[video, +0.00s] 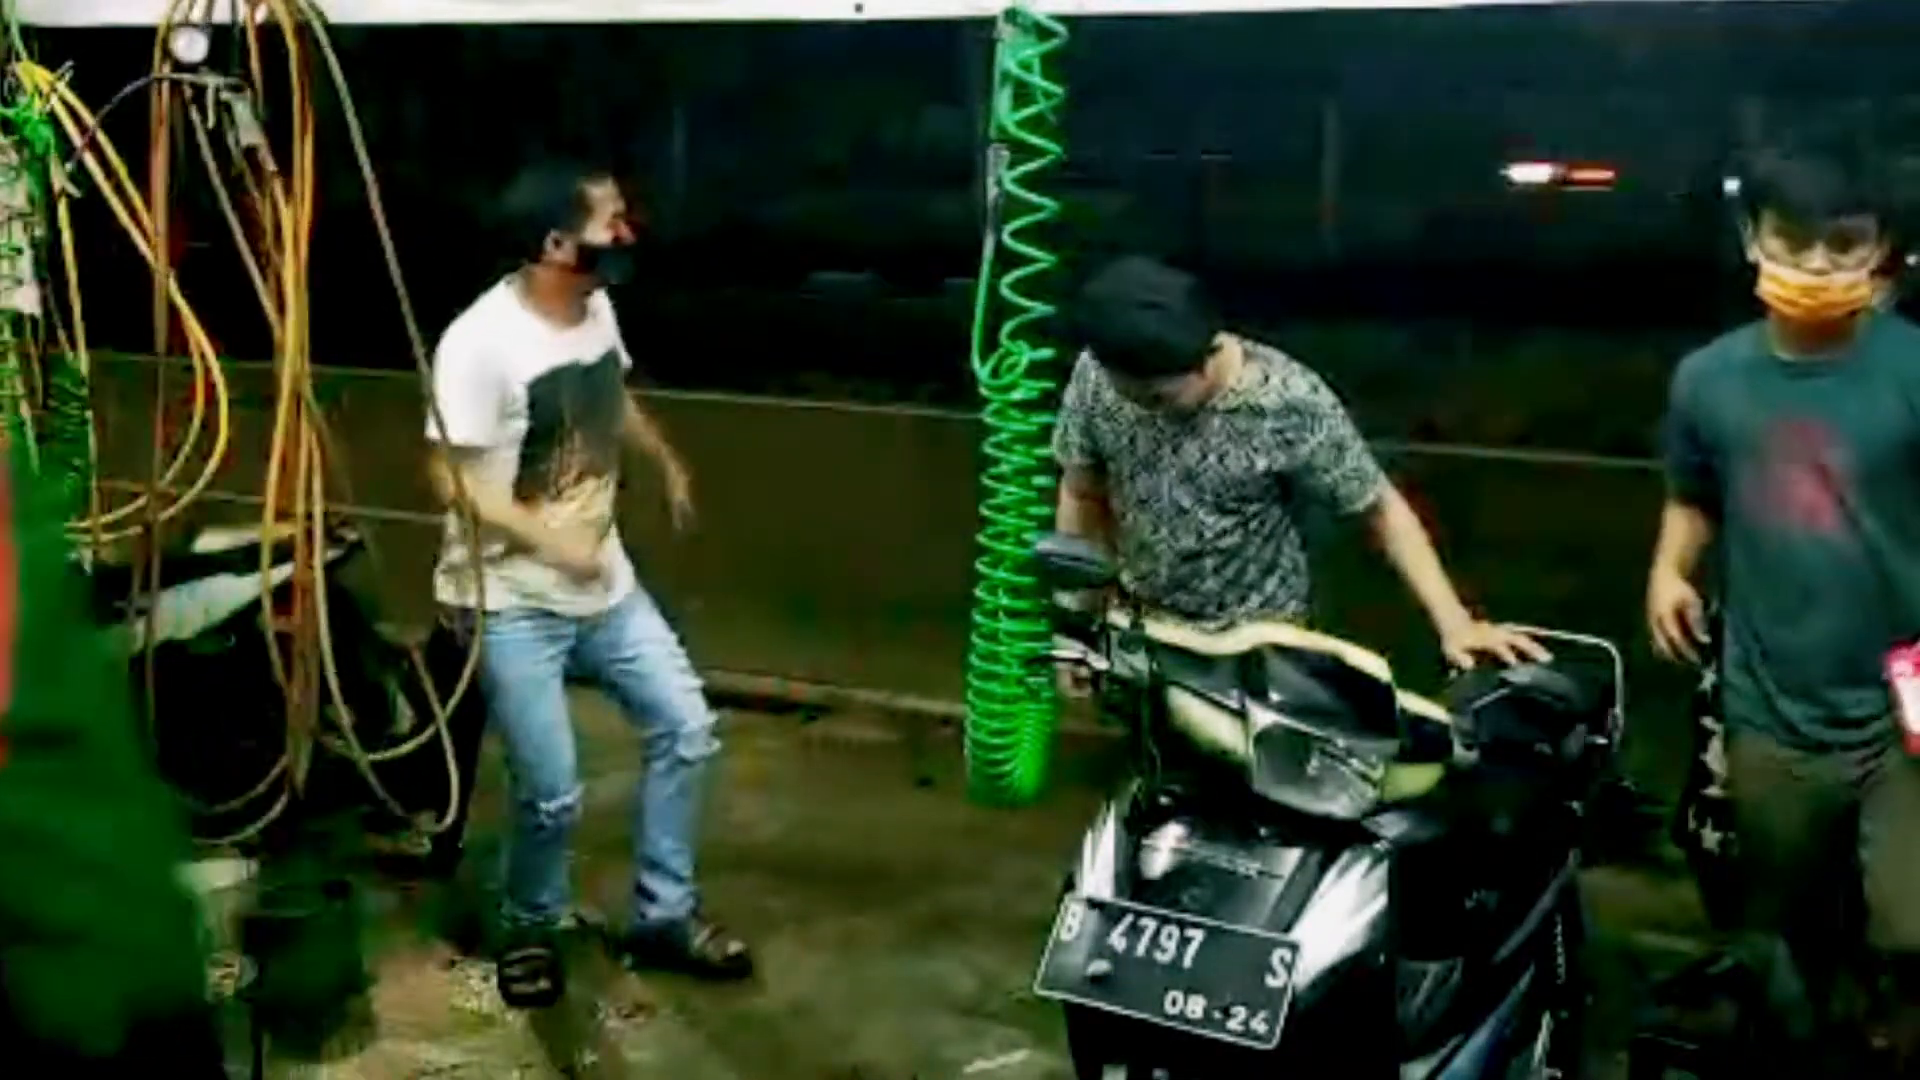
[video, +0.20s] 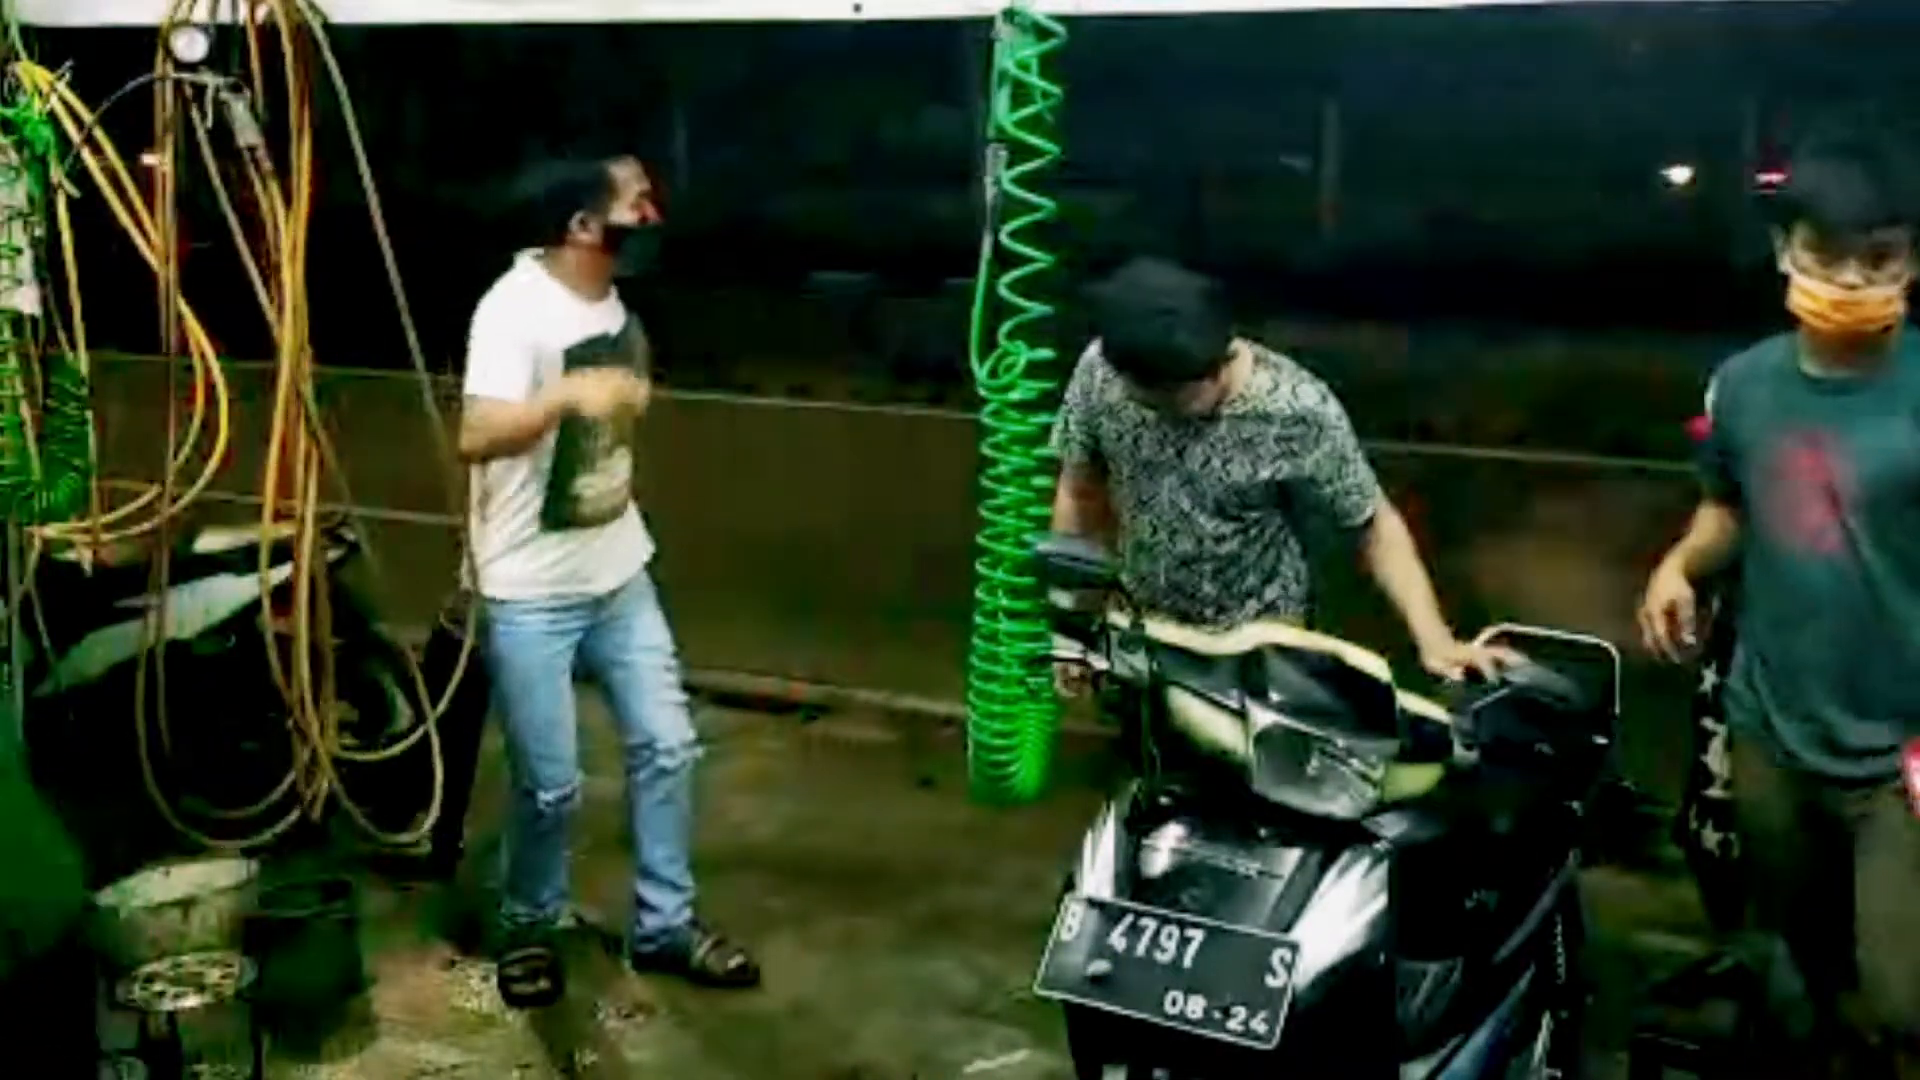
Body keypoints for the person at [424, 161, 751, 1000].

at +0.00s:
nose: (622, 236)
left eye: (620, 221)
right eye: (607, 224)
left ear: (577, 245)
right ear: (553, 242)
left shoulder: (594, 308)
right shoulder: (477, 342)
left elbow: (612, 402)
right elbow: (448, 476)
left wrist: (668, 462)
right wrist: (541, 533)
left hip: (604, 584)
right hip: (509, 601)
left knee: (688, 731)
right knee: (552, 790)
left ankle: (662, 918)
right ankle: (530, 928)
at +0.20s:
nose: (649, 218)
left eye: (648, 203)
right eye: (632, 205)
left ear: (606, 227)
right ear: (579, 223)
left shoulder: (612, 303)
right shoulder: (510, 310)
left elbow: (595, 422)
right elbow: (475, 436)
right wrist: (569, 397)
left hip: (618, 570)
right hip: (527, 590)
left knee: (668, 747)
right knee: (552, 784)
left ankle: (664, 924)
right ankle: (531, 924)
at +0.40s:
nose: (666, 227)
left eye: (671, 214)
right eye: (649, 212)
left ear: (668, 225)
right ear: (592, 223)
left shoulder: (657, 303)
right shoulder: (533, 313)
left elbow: (665, 393)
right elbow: (485, 440)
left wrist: (723, 456)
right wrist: (581, 439)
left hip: (655, 578)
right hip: (559, 595)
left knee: (702, 755)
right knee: (591, 789)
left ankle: (668, 928)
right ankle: (531, 918)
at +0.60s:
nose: (652, 233)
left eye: (663, 216)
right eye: (631, 219)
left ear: (678, 222)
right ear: (588, 228)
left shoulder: (706, 329)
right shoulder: (533, 317)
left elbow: (744, 442)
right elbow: (476, 438)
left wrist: (758, 521)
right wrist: (517, 543)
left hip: (683, 599)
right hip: (577, 603)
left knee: (725, 771)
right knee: (619, 794)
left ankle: (670, 933)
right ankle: (595, 953)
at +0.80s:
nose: (608, 202)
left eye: (625, 186)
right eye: (590, 188)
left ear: (654, 198)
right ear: (565, 200)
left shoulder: (702, 298)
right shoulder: (526, 299)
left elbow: (757, 400)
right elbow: (480, 383)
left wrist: (692, 366)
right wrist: (465, 488)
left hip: (688, 597)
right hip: (572, 601)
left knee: (700, 784)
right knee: (587, 808)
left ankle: (673, 926)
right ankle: (627, 986)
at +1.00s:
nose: (579, 217)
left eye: (596, 198)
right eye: (560, 204)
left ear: (635, 208)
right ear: (540, 223)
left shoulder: (696, 316)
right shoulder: (517, 326)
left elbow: (739, 448)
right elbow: (499, 438)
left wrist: (652, 458)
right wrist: (498, 552)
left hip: (680, 611)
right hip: (561, 617)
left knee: (718, 820)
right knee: (570, 833)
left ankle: (695, 913)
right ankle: (632, 989)